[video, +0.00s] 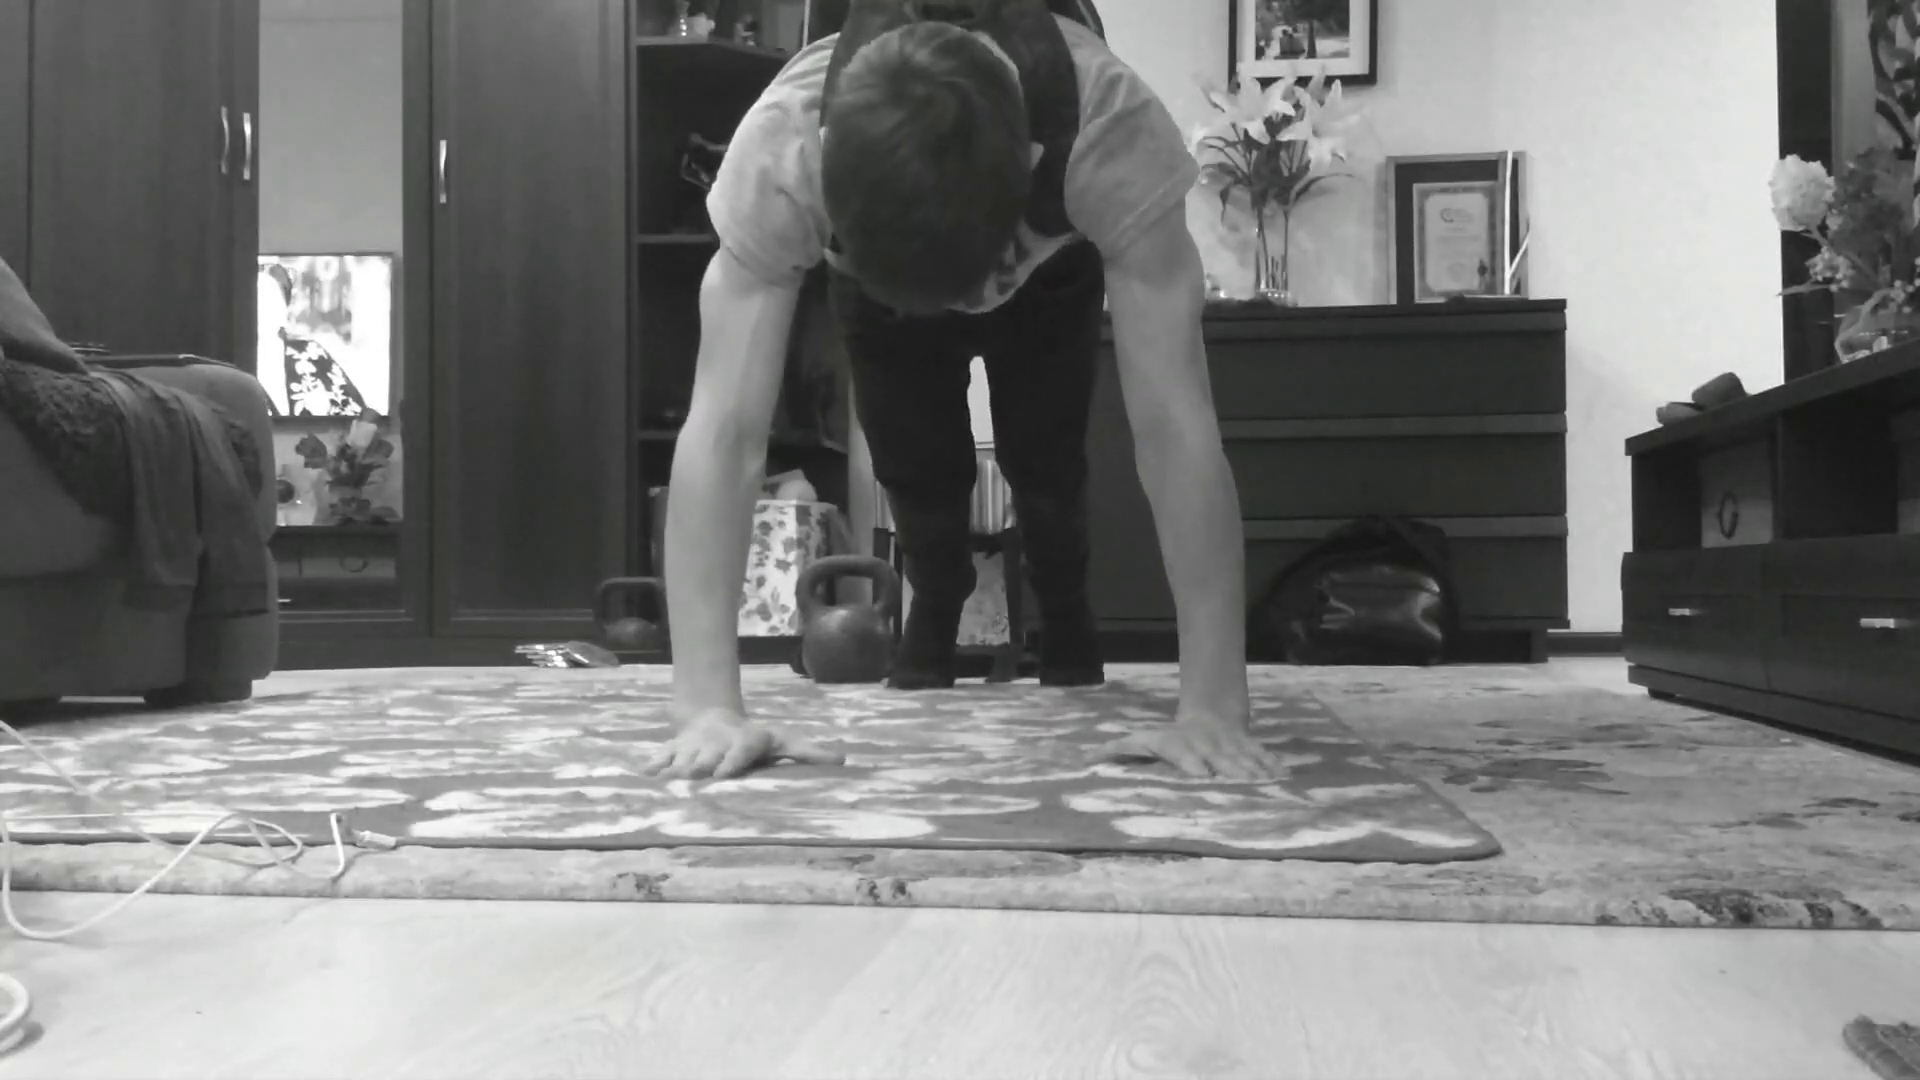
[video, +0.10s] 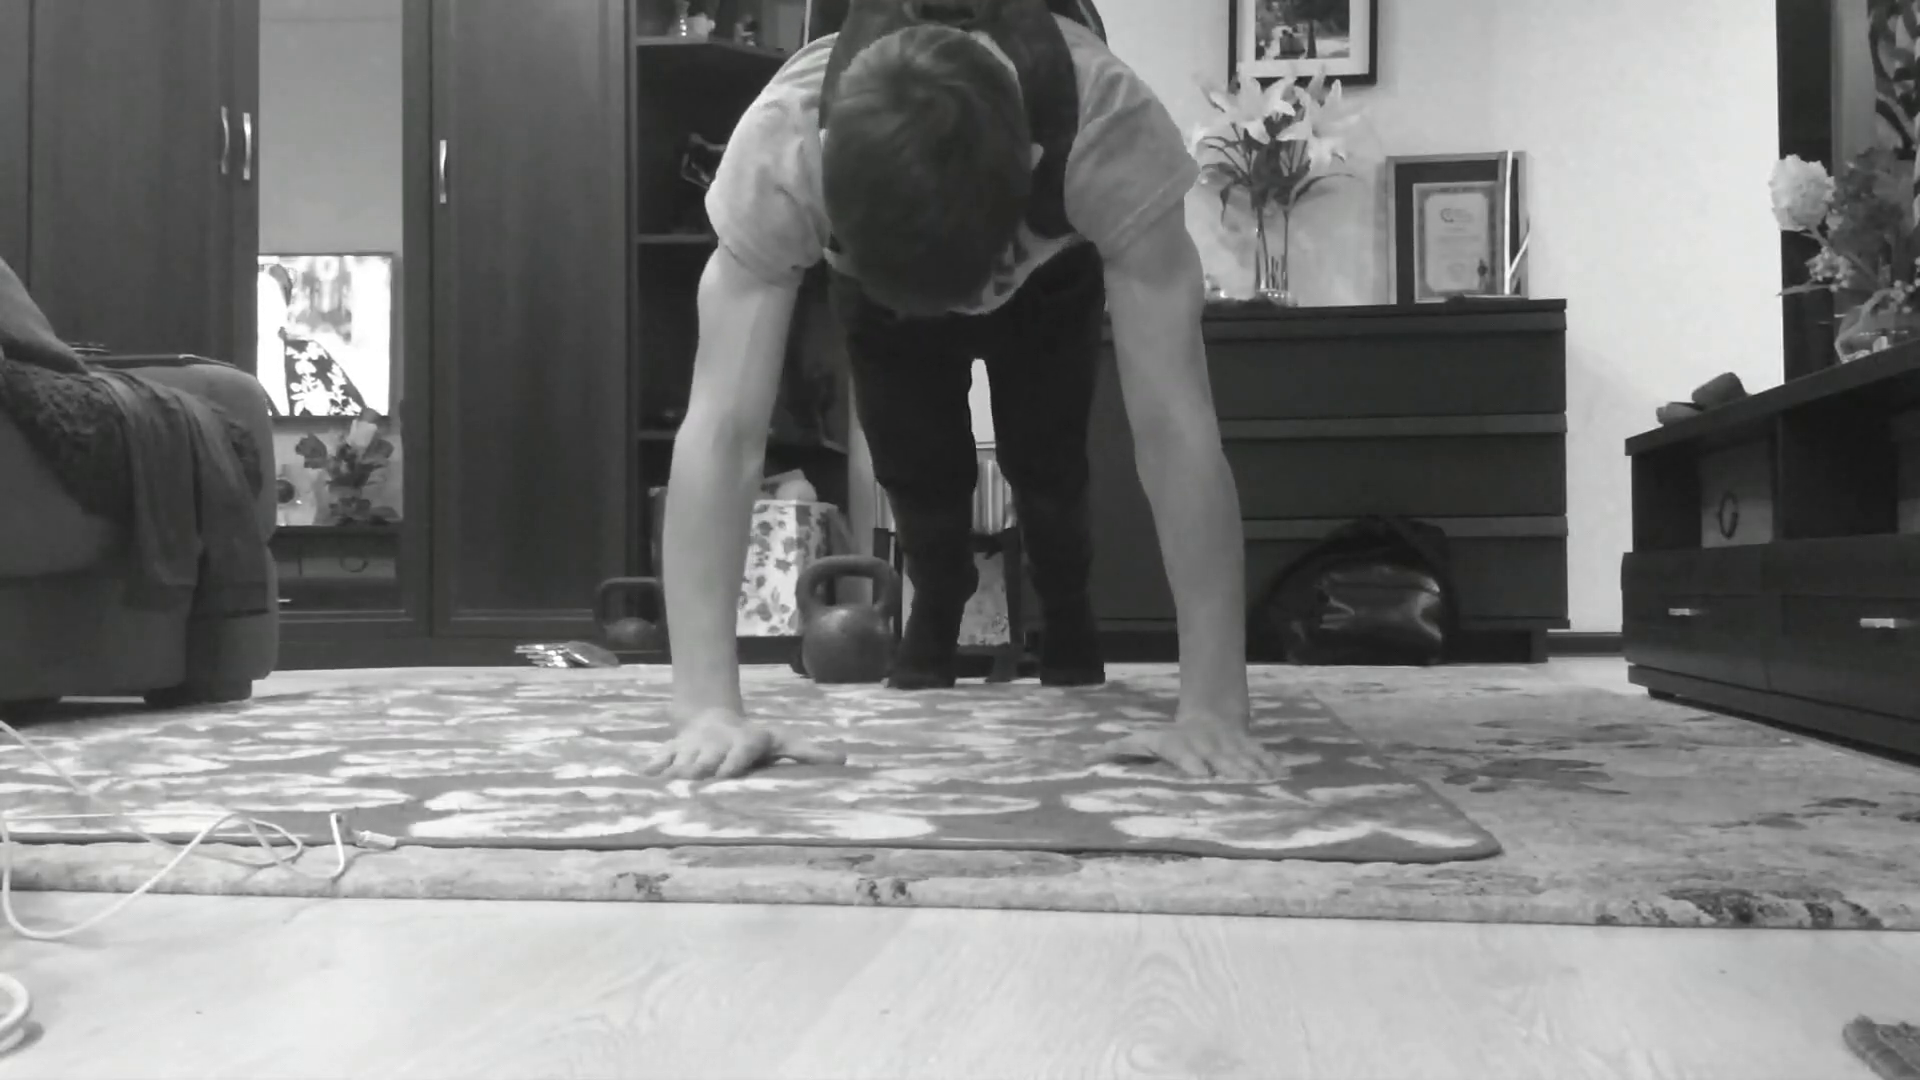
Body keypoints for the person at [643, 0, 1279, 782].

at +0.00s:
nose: (946, 318)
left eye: (971, 288)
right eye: (906, 298)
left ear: (1030, 181)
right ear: (832, 200)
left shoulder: (1127, 151)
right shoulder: (776, 167)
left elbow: (1178, 434)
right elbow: (722, 435)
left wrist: (1214, 711)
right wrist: (708, 709)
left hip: (1050, 254)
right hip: (874, 264)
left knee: (1046, 475)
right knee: (917, 479)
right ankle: (933, 607)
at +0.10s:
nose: (955, 320)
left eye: (978, 288)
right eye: (908, 302)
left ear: (1030, 183)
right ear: (834, 205)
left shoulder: (1123, 148)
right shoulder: (776, 166)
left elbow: (1178, 435)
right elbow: (720, 435)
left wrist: (1213, 710)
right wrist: (708, 710)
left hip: (1050, 253)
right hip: (875, 265)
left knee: (1048, 474)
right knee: (917, 479)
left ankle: (1064, 639)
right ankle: (933, 619)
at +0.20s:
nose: (953, 321)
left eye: (977, 291)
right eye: (907, 303)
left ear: (1029, 192)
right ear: (833, 208)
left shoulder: (1122, 150)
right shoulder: (775, 165)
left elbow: (1177, 434)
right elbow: (720, 435)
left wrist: (1214, 710)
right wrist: (708, 710)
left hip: (1050, 253)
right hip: (873, 264)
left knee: (1046, 467)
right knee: (916, 473)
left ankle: (1066, 638)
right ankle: (932, 625)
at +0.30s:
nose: (949, 320)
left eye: (974, 290)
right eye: (905, 303)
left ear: (1027, 185)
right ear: (831, 198)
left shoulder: (1121, 148)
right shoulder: (773, 165)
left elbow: (1177, 433)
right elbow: (720, 432)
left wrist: (1214, 710)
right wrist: (707, 709)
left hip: (1049, 258)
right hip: (873, 269)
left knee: (1048, 474)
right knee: (917, 480)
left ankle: (1065, 637)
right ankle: (933, 619)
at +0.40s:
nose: (957, 325)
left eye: (978, 294)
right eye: (909, 308)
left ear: (1026, 183)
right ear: (832, 205)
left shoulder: (1119, 148)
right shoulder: (772, 164)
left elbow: (1176, 440)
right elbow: (720, 433)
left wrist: (1214, 710)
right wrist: (707, 709)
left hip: (1048, 256)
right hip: (872, 266)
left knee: (1047, 474)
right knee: (915, 479)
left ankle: (1064, 633)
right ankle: (931, 618)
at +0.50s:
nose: (950, 325)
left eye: (977, 293)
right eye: (904, 308)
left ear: (1026, 186)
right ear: (830, 204)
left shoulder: (1118, 146)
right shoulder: (773, 161)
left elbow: (1173, 435)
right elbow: (720, 433)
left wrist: (1213, 710)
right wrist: (707, 709)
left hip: (1047, 256)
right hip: (870, 269)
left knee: (1044, 470)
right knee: (913, 478)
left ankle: (1064, 623)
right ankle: (932, 608)